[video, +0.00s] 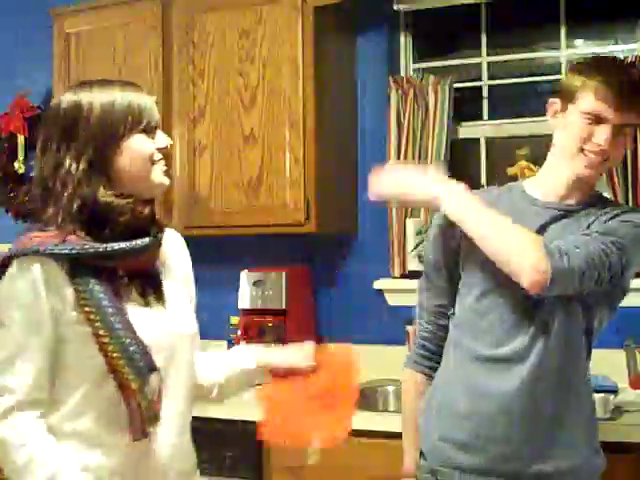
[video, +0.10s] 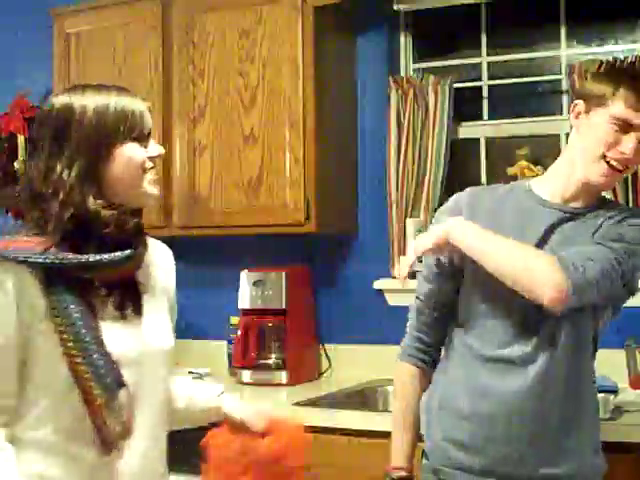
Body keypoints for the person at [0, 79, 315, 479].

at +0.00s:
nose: (166, 142)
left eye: (159, 129)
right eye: (146, 131)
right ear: (91, 152)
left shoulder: (170, 250)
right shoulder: (36, 272)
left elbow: (177, 378)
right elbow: (15, 416)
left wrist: (261, 359)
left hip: (172, 470)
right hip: (88, 472)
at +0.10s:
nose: (158, 151)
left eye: (151, 138)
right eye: (139, 139)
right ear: (83, 153)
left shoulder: (157, 262)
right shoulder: (15, 279)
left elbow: (145, 395)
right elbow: (2, 424)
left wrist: (222, 403)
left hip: (143, 471)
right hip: (49, 471)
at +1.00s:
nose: (218, 162)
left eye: (216, 147)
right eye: (202, 147)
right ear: (147, 152)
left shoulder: (211, 255)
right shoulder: (74, 277)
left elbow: (205, 390)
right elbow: (43, 445)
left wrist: (282, 406)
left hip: (210, 471)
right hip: (122, 471)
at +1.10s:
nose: (239, 162)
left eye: (238, 147)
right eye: (223, 147)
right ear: (169, 152)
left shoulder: (235, 249)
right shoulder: (101, 274)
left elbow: (235, 372)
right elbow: (74, 437)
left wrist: (322, 385)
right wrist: (127, 478)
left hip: (236, 469)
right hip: (150, 468)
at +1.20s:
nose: (258, 163)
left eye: (256, 147)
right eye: (241, 147)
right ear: (188, 151)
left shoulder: (256, 249)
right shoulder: (119, 273)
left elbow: (281, 369)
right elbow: (96, 432)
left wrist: (369, 362)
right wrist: (174, 476)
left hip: (255, 470)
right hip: (173, 470)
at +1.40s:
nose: (291, 160)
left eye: (289, 143)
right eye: (275, 143)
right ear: (221, 149)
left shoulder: (285, 249)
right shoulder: (153, 269)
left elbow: (336, 363)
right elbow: (120, 428)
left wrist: (440, 347)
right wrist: (239, 478)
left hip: (277, 468)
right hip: (193, 474)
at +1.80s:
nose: (346, 152)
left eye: (345, 135)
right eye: (330, 134)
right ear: (273, 136)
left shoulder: (323, 247)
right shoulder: (205, 263)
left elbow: (332, 391)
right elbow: (168, 430)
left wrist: (413, 429)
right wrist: (264, 473)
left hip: (338, 466)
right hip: (258, 468)